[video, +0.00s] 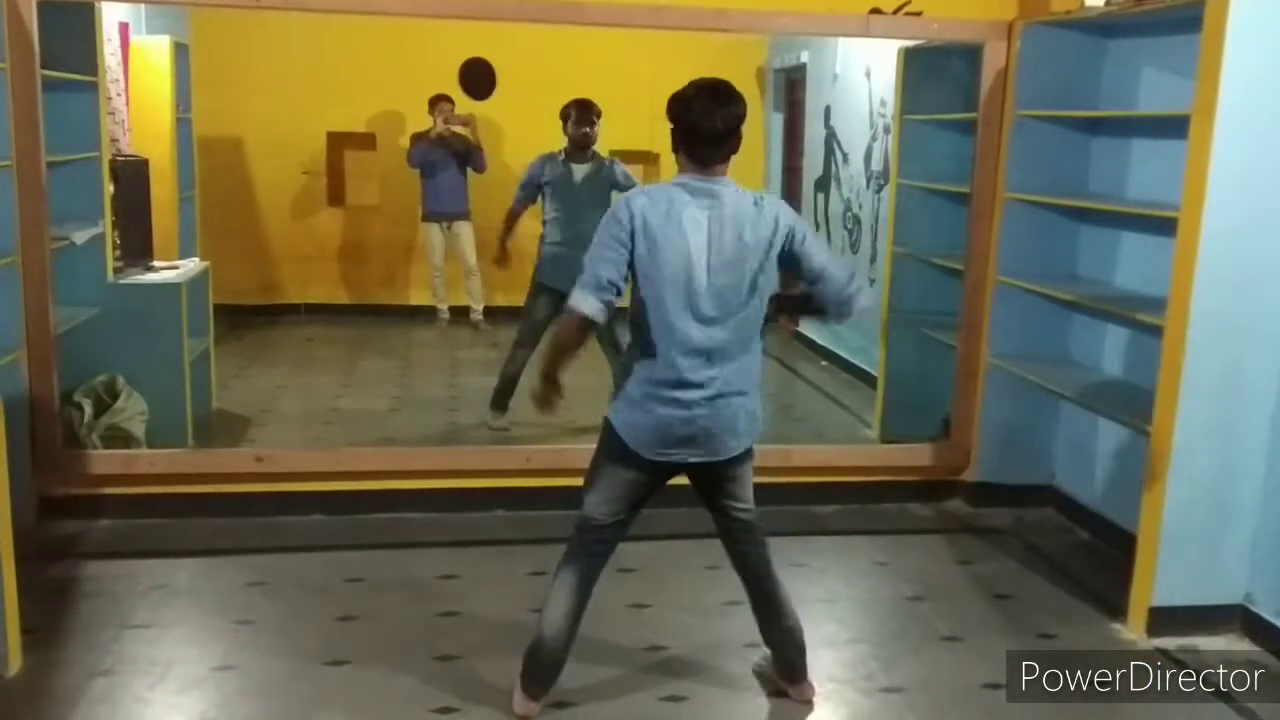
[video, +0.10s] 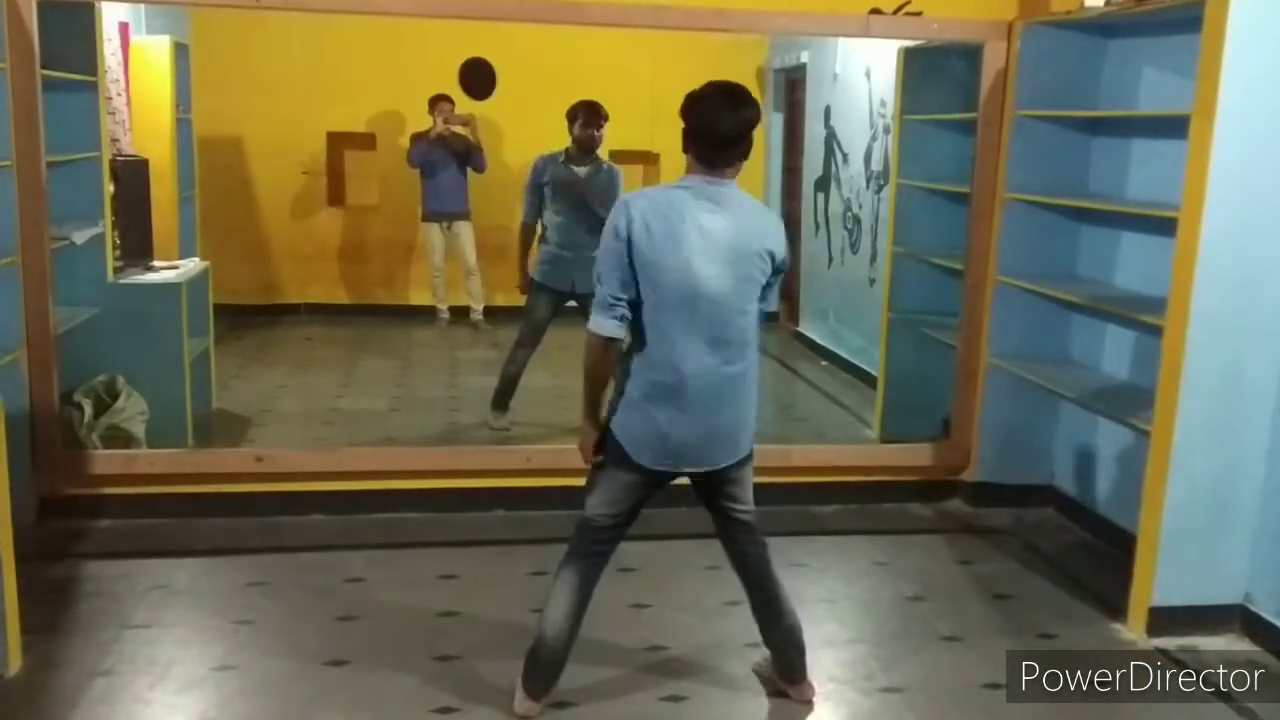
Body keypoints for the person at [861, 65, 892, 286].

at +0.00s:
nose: (881, 116)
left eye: (884, 113)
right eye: (879, 113)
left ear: (888, 115)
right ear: (875, 114)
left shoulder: (886, 132)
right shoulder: (874, 131)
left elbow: (887, 155)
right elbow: (871, 107)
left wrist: (886, 176)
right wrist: (869, 81)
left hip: (881, 178)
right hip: (871, 178)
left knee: (879, 218)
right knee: (870, 217)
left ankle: (875, 258)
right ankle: (870, 255)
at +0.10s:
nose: (881, 115)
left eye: (884, 112)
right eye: (879, 111)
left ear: (888, 114)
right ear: (876, 114)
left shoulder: (886, 132)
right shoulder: (875, 130)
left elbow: (889, 156)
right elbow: (871, 107)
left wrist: (887, 176)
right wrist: (869, 81)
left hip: (882, 176)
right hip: (872, 176)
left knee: (879, 219)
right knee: (872, 218)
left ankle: (876, 263)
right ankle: (872, 257)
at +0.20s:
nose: (881, 114)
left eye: (884, 111)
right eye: (879, 111)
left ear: (888, 113)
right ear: (876, 113)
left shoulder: (886, 132)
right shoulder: (875, 130)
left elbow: (889, 157)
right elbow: (871, 106)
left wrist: (887, 175)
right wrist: (869, 81)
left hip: (882, 175)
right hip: (872, 176)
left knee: (878, 218)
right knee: (872, 217)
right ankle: (872, 254)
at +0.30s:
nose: (881, 114)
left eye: (884, 111)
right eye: (879, 111)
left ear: (888, 113)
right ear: (876, 113)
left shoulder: (886, 132)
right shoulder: (875, 130)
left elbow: (889, 157)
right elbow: (871, 106)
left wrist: (887, 175)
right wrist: (869, 81)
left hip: (882, 175)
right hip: (872, 176)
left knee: (879, 218)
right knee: (872, 217)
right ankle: (872, 253)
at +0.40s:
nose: (881, 115)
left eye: (884, 112)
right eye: (879, 112)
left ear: (888, 114)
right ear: (876, 114)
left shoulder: (886, 132)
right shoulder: (874, 130)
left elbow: (889, 157)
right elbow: (870, 106)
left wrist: (887, 176)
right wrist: (868, 81)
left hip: (881, 176)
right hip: (871, 176)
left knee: (878, 219)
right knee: (871, 218)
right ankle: (871, 251)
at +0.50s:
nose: (880, 115)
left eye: (883, 112)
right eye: (879, 112)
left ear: (887, 114)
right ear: (875, 113)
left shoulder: (886, 133)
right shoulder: (874, 130)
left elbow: (889, 157)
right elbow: (870, 106)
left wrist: (886, 175)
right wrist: (868, 81)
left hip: (881, 177)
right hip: (871, 177)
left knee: (878, 221)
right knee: (871, 220)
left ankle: (874, 266)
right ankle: (871, 260)